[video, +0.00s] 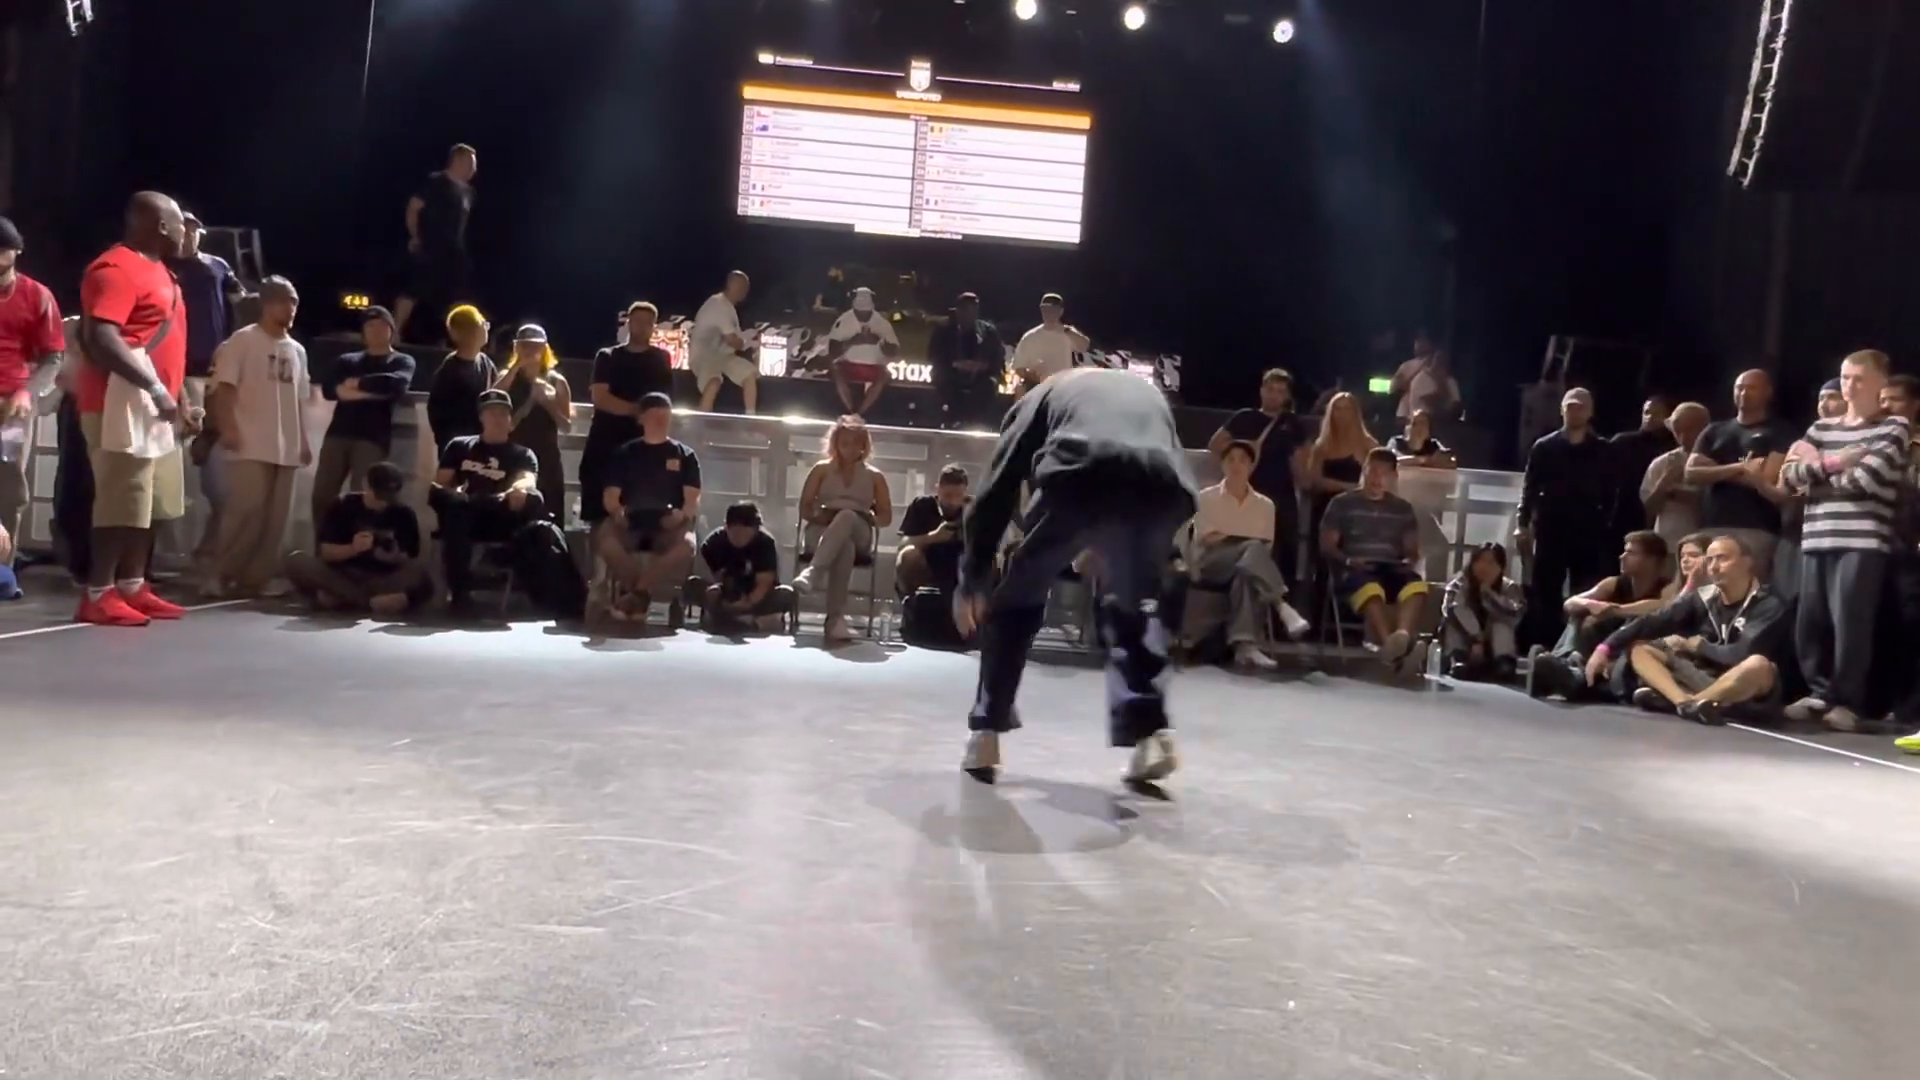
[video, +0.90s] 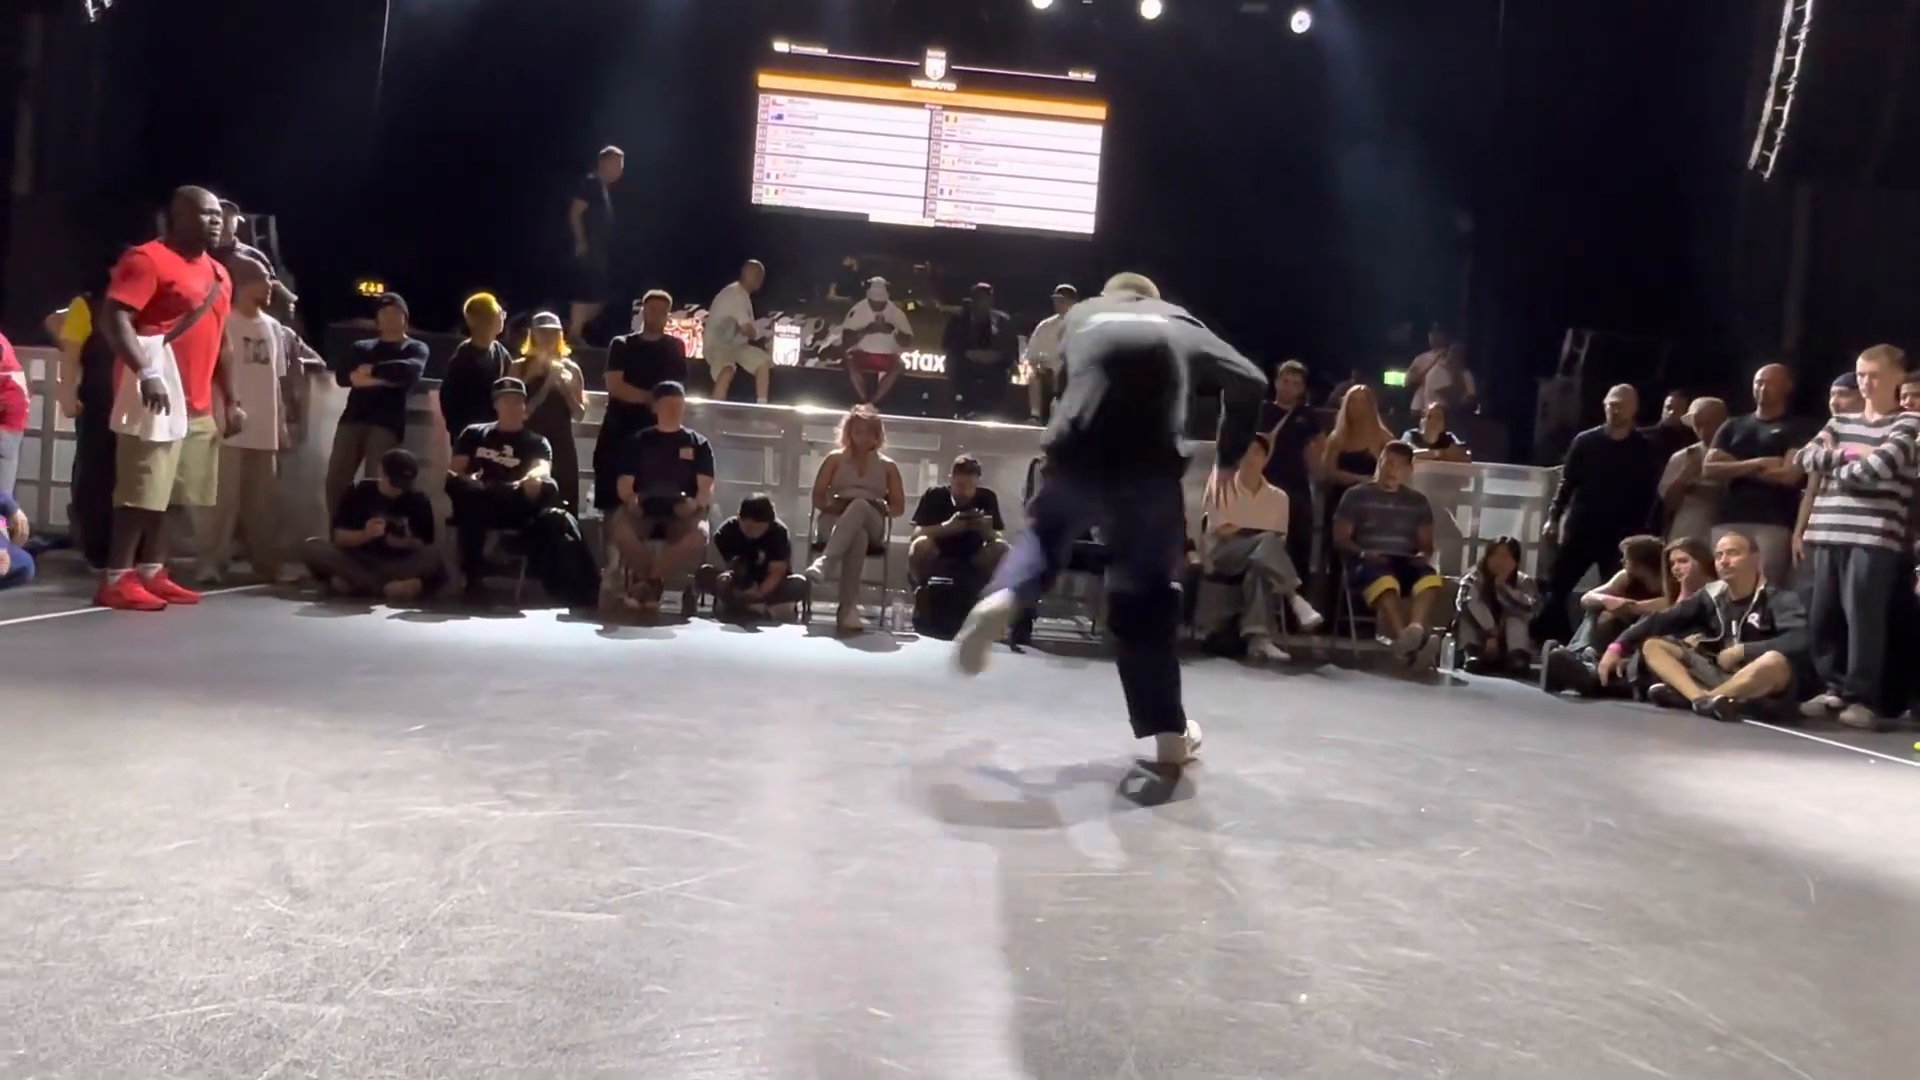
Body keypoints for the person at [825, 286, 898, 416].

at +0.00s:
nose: (864, 314)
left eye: (867, 311)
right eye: (860, 311)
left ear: (872, 308)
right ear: (854, 308)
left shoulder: (882, 322)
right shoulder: (844, 320)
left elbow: (893, 352)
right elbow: (833, 350)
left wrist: (878, 340)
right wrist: (854, 340)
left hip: (874, 366)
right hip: (848, 364)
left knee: (884, 376)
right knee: (836, 370)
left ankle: (860, 412)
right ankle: (851, 411)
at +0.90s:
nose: (877, 305)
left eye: (881, 302)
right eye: (874, 302)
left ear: (886, 299)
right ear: (868, 298)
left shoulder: (896, 313)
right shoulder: (857, 310)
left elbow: (907, 342)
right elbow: (845, 341)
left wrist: (893, 331)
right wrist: (867, 330)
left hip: (888, 356)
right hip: (862, 354)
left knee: (898, 366)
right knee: (850, 362)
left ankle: (874, 402)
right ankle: (864, 400)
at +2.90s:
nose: (890, 296)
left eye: (893, 293)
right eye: (886, 292)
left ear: (898, 289)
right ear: (880, 288)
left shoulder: (907, 302)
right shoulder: (869, 300)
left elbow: (920, 332)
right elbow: (857, 331)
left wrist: (904, 320)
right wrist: (879, 320)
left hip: (900, 346)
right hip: (874, 344)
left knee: (908, 359)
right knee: (863, 354)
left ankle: (885, 393)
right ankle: (876, 392)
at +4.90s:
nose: (888, 301)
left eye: (891, 298)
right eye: (884, 297)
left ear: (897, 294)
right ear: (878, 293)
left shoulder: (906, 307)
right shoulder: (867, 305)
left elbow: (916, 337)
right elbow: (856, 335)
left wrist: (902, 326)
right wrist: (876, 326)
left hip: (898, 350)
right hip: (872, 349)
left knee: (908, 361)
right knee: (861, 356)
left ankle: (884, 397)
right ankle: (873, 395)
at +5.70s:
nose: (870, 305)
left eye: (874, 302)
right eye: (866, 301)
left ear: (879, 298)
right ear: (861, 298)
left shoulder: (889, 310)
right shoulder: (850, 309)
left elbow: (899, 340)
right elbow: (840, 340)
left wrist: (885, 330)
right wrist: (861, 330)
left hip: (882, 354)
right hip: (856, 353)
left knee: (892, 364)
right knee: (845, 359)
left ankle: (869, 401)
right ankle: (858, 398)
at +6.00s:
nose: (862, 309)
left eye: (866, 306)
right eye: (859, 306)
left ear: (871, 303)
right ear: (853, 302)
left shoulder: (881, 315)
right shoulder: (843, 313)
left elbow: (894, 344)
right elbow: (832, 344)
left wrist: (877, 333)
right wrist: (853, 334)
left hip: (875, 359)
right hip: (848, 357)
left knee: (885, 369)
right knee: (837, 366)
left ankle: (862, 405)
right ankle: (852, 404)